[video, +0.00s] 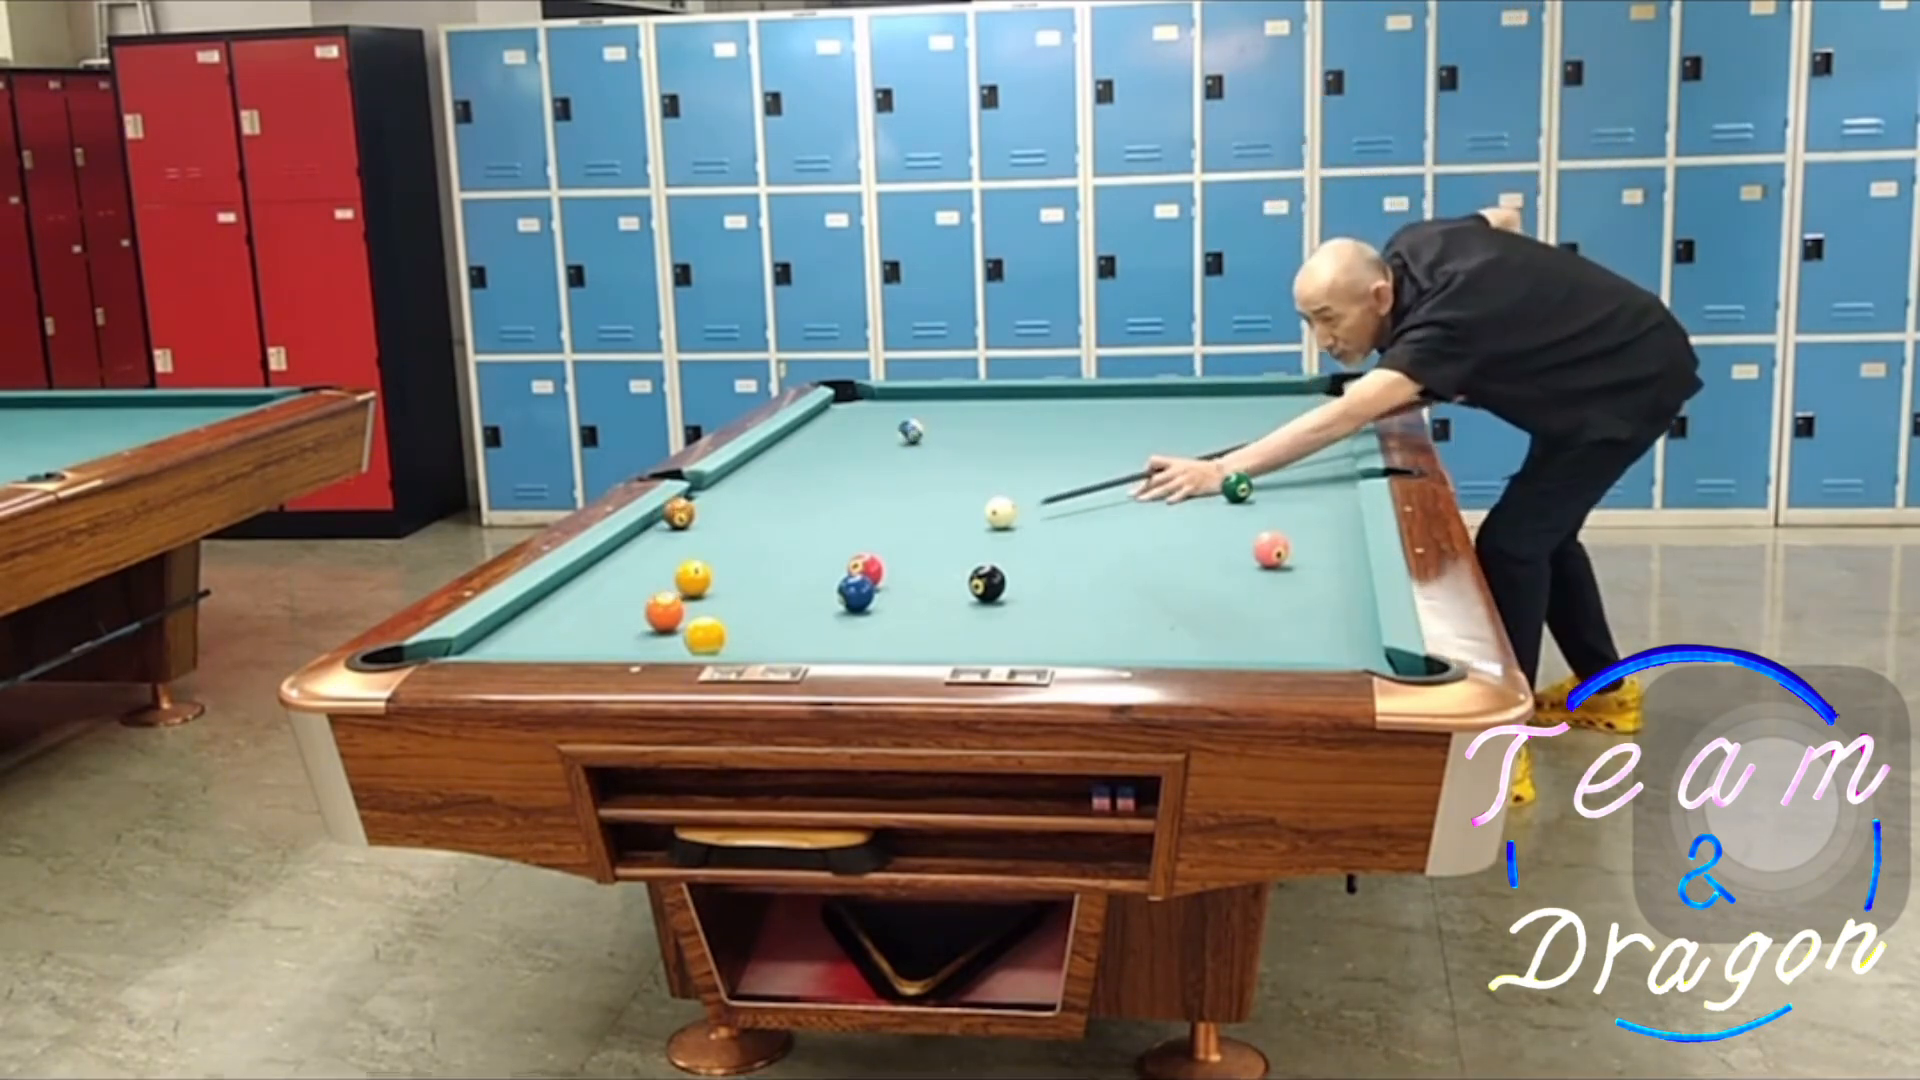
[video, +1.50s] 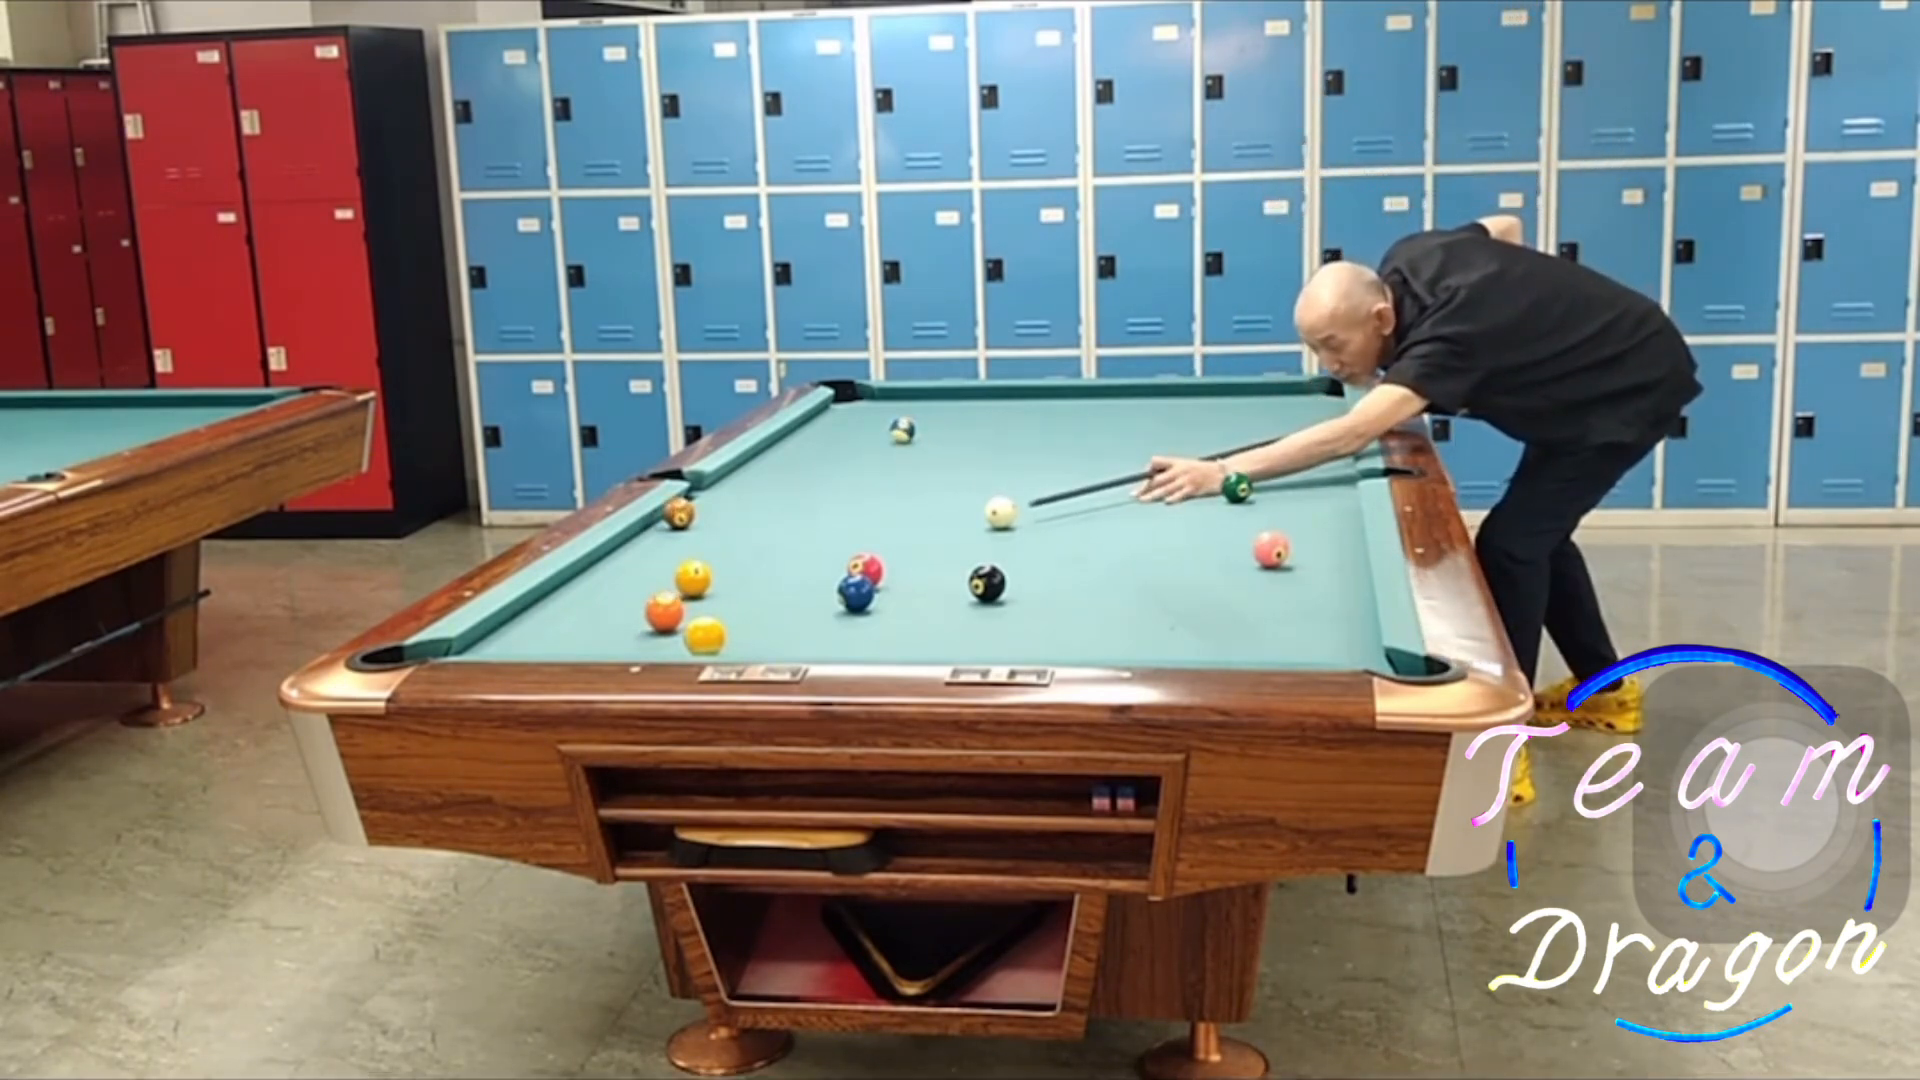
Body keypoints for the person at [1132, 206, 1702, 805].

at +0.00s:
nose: (1319, 335)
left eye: (1327, 319)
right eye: (1310, 320)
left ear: (1381, 296)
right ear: (1372, 284)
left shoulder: (1441, 326)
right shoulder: (1417, 244)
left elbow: (1344, 415)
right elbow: (1500, 223)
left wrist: (1221, 469)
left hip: (1636, 374)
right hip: (1628, 347)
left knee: (1509, 542)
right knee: (1545, 531)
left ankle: (1509, 710)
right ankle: (1607, 691)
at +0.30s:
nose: (1323, 349)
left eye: (1330, 332)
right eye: (1315, 334)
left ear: (1382, 306)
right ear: (1373, 293)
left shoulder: (1443, 336)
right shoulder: (1414, 251)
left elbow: (1344, 428)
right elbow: (1506, 214)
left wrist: (1218, 470)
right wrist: (1528, 308)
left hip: (1633, 379)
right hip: (1615, 352)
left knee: (1508, 541)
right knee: (1538, 532)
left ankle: (1509, 708)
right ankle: (1605, 689)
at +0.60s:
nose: (1322, 353)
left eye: (1330, 336)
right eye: (1315, 337)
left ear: (1383, 311)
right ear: (1375, 297)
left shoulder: (1444, 338)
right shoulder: (1415, 255)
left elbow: (1346, 430)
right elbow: (1506, 228)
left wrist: (1221, 471)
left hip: (1633, 380)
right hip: (1619, 354)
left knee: (1509, 544)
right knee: (1539, 536)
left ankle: (1510, 709)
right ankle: (1607, 692)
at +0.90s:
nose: (1322, 354)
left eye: (1330, 338)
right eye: (1315, 339)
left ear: (1383, 313)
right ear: (1372, 301)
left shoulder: (1443, 341)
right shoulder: (1415, 256)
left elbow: (1350, 433)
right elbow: (1505, 220)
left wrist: (1219, 472)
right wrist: (1519, 318)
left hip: (1634, 382)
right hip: (1615, 355)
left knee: (1509, 543)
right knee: (1539, 535)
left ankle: (1509, 707)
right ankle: (1606, 691)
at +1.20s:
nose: (1322, 356)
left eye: (1331, 340)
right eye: (1315, 341)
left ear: (1383, 314)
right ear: (1373, 301)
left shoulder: (1445, 341)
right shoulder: (1414, 257)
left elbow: (1349, 433)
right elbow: (1507, 230)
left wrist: (1221, 471)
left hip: (1634, 380)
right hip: (1618, 353)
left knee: (1509, 545)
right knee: (1540, 536)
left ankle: (1509, 707)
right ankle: (1607, 692)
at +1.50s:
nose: (1324, 362)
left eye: (1331, 346)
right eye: (1317, 348)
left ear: (1380, 318)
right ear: (1370, 303)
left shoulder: (1443, 341)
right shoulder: (1411, 257)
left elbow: (1348, 433)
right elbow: (1504, 230)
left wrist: (1221, 472)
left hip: (1633, 378)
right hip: (1614, 353)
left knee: (1508, 544)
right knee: (1539, 536)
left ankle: (1510, 707)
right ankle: (1607, 693)